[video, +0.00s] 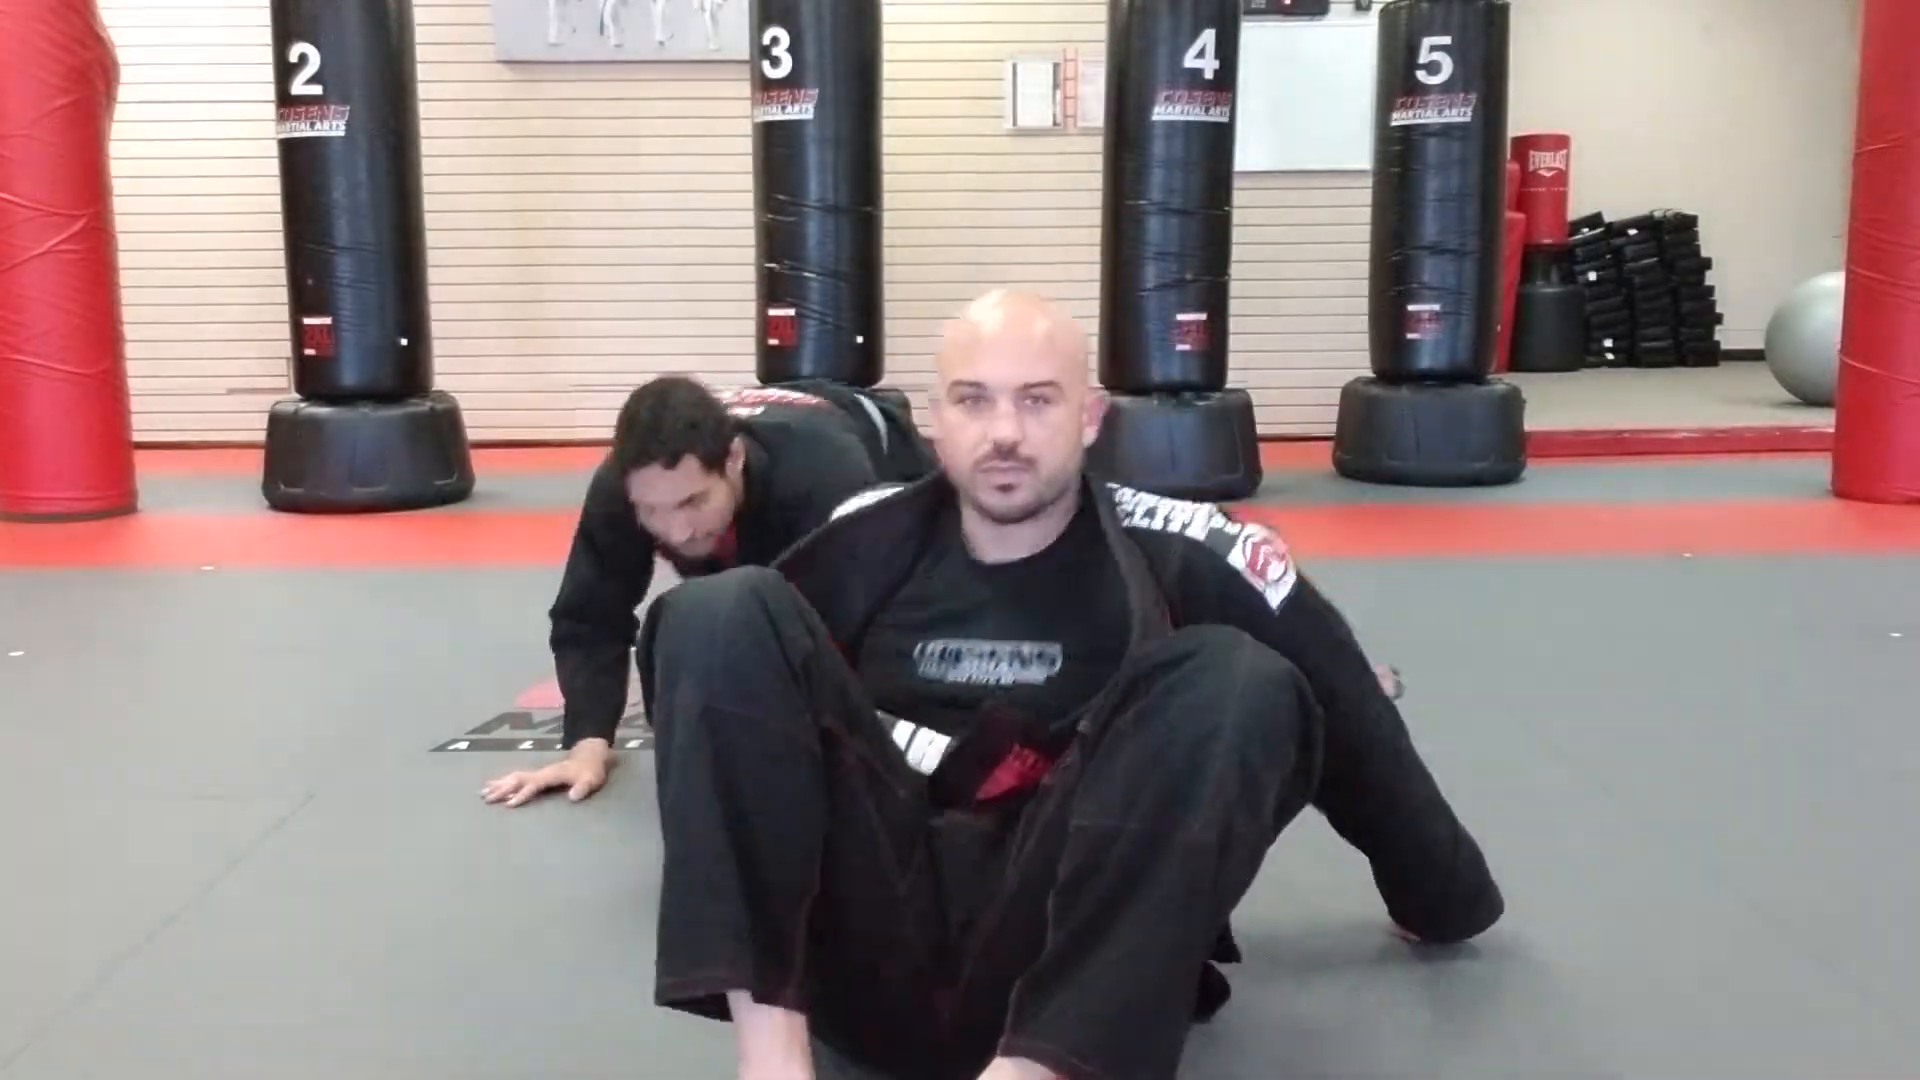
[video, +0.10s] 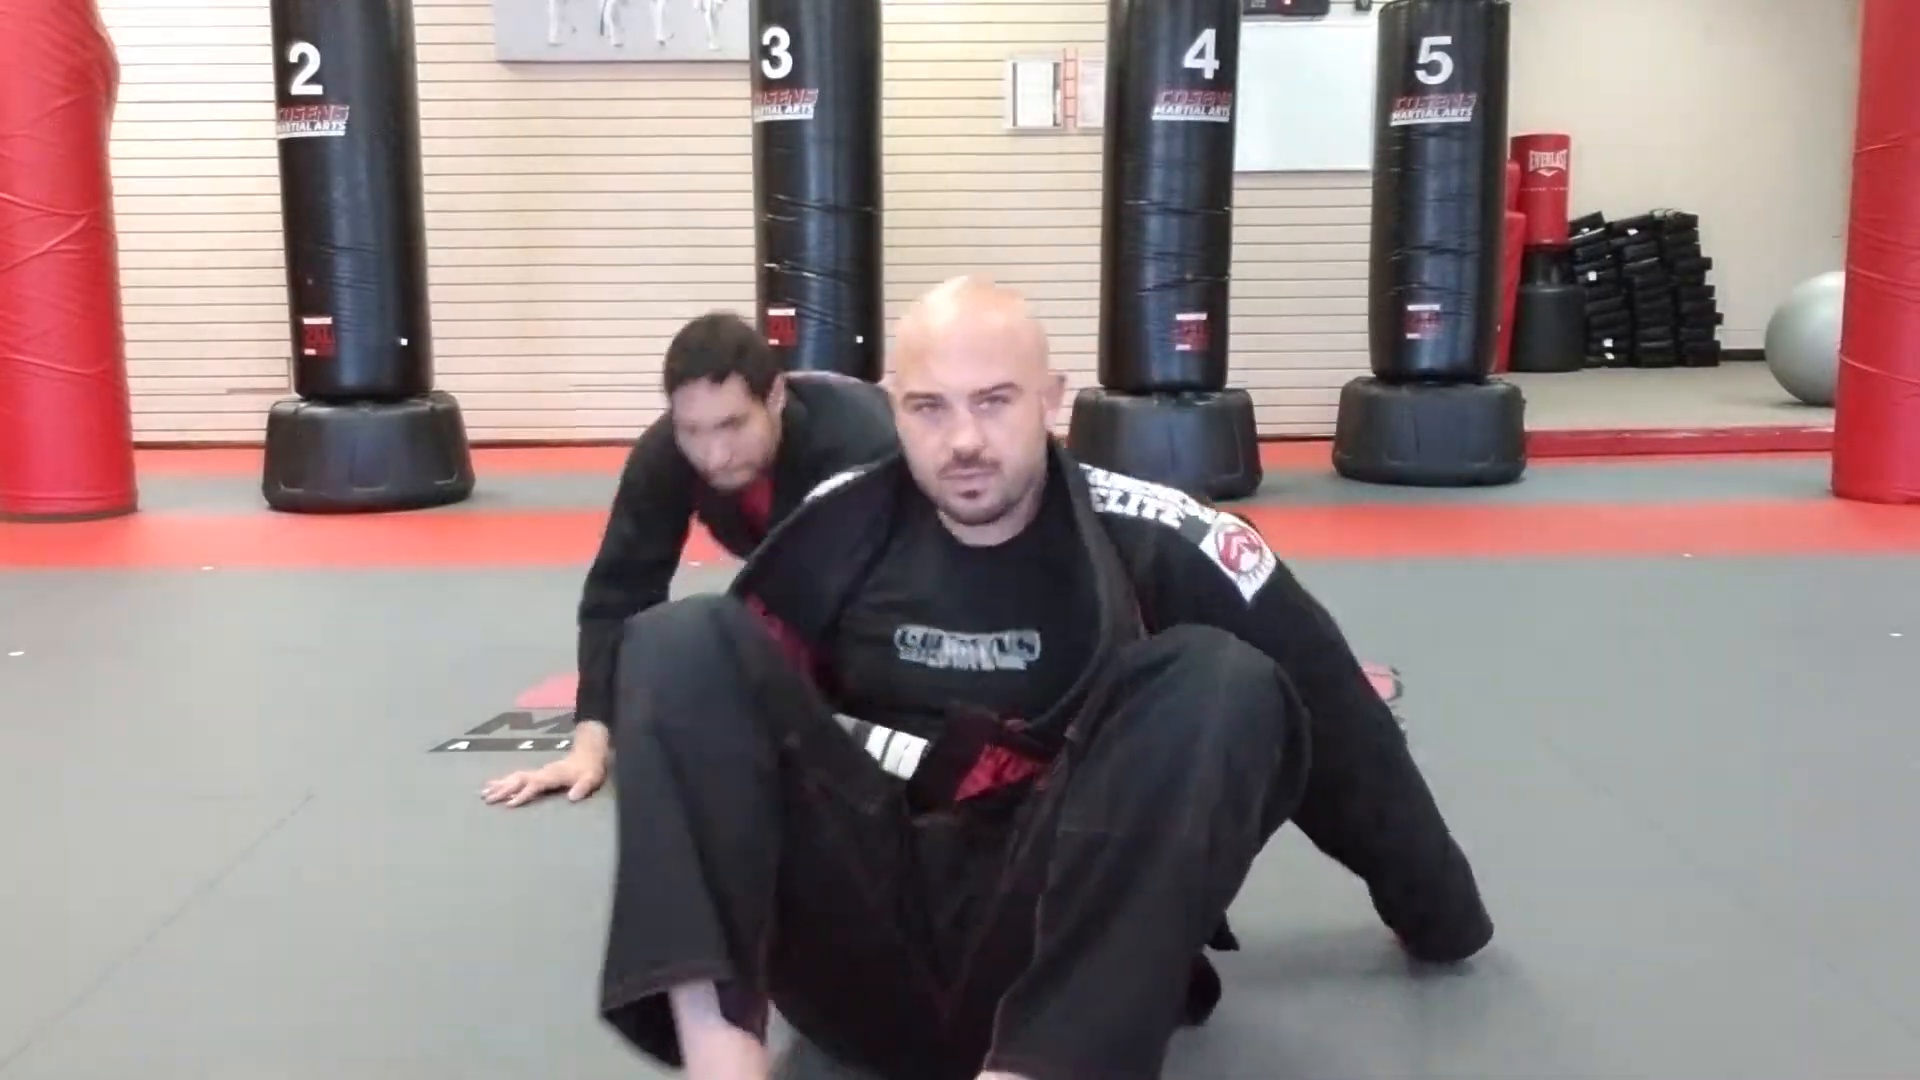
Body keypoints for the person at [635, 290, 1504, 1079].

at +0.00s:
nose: (1003, 432)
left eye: (1036, 401)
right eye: (973, 401)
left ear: (1092, 416)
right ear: (933, 419)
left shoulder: (1189, 554)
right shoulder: (855, 552)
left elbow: (1357, 732)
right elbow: (759, 720)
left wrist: (1445, 904)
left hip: (1065, 937)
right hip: (863, 933)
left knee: (1241, 682)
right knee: (723, 616)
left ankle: (1042, 1058)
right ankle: (769, 1043)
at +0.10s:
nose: (964, 441)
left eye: (995, 404)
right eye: (930, 408)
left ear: (1056, 404)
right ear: (895, 411)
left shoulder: (1159, 538)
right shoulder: (829, 539)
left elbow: (1341, 723)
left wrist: (1439, 915)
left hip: (1059, 934)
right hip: (852, 933)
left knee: (1225, 686)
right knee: (683, 639)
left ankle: (1036, 1062)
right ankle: (717, 1046)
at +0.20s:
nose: (952, 425)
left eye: (981, 389)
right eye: (918, 395)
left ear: (1035, 394)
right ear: (878, 407)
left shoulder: (1138, 528)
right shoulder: (818, 537)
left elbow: (1323, 711)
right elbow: (701, 699)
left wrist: (1407, 935)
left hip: (1043, 913)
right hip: (842, 922)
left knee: (1202, 664)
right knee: (638, 697)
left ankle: (1050, 1062)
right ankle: (640, 1053)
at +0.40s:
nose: (929, 462)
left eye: (955, 432)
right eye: (897, 436)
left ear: (1001, 446)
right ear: (852, 458)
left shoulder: (1079, 590)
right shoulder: (783, 588)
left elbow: (1232, 752)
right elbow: (695, 743)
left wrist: (1288, 880)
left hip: (1025, 932)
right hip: (825, 938)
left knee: (1157, 611)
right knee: (657, 696)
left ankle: (1070, 1056)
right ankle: (641, 1062)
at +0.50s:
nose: (908, 497)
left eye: (933, 469)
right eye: (878, 473)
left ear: (976, 481)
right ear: (833, 494)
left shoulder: (1054, 605)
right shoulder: (772, 609)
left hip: (1030, 938)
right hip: (829, 935)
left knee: (1138, 582)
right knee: (668, 663)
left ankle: (1129, 1027)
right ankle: (730, 1058)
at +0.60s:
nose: (891, 535)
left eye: (912, 509)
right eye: (859, 515)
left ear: (950, 519)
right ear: (812, 543)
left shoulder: (1037, 614)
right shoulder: (760, 643)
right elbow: (678, 779)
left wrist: (1068, 579)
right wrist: (650, 1002)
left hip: (1045, 949)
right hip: (845, 960)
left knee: (1126, 553)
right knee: (674, 620)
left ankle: (1171, 965)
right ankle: (782, 1035)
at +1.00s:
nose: (847, 596)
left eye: (855, 581)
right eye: (818, 603)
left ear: (903, 593)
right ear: (798, 663)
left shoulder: (1024, 661)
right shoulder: (795, 736)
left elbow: (1176, 659)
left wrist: (1097, 575)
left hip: (1061, 959)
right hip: (863, 976)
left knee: (1119, 571)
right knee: (681, 598)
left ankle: (1167, 1027)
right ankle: (667, 1026)